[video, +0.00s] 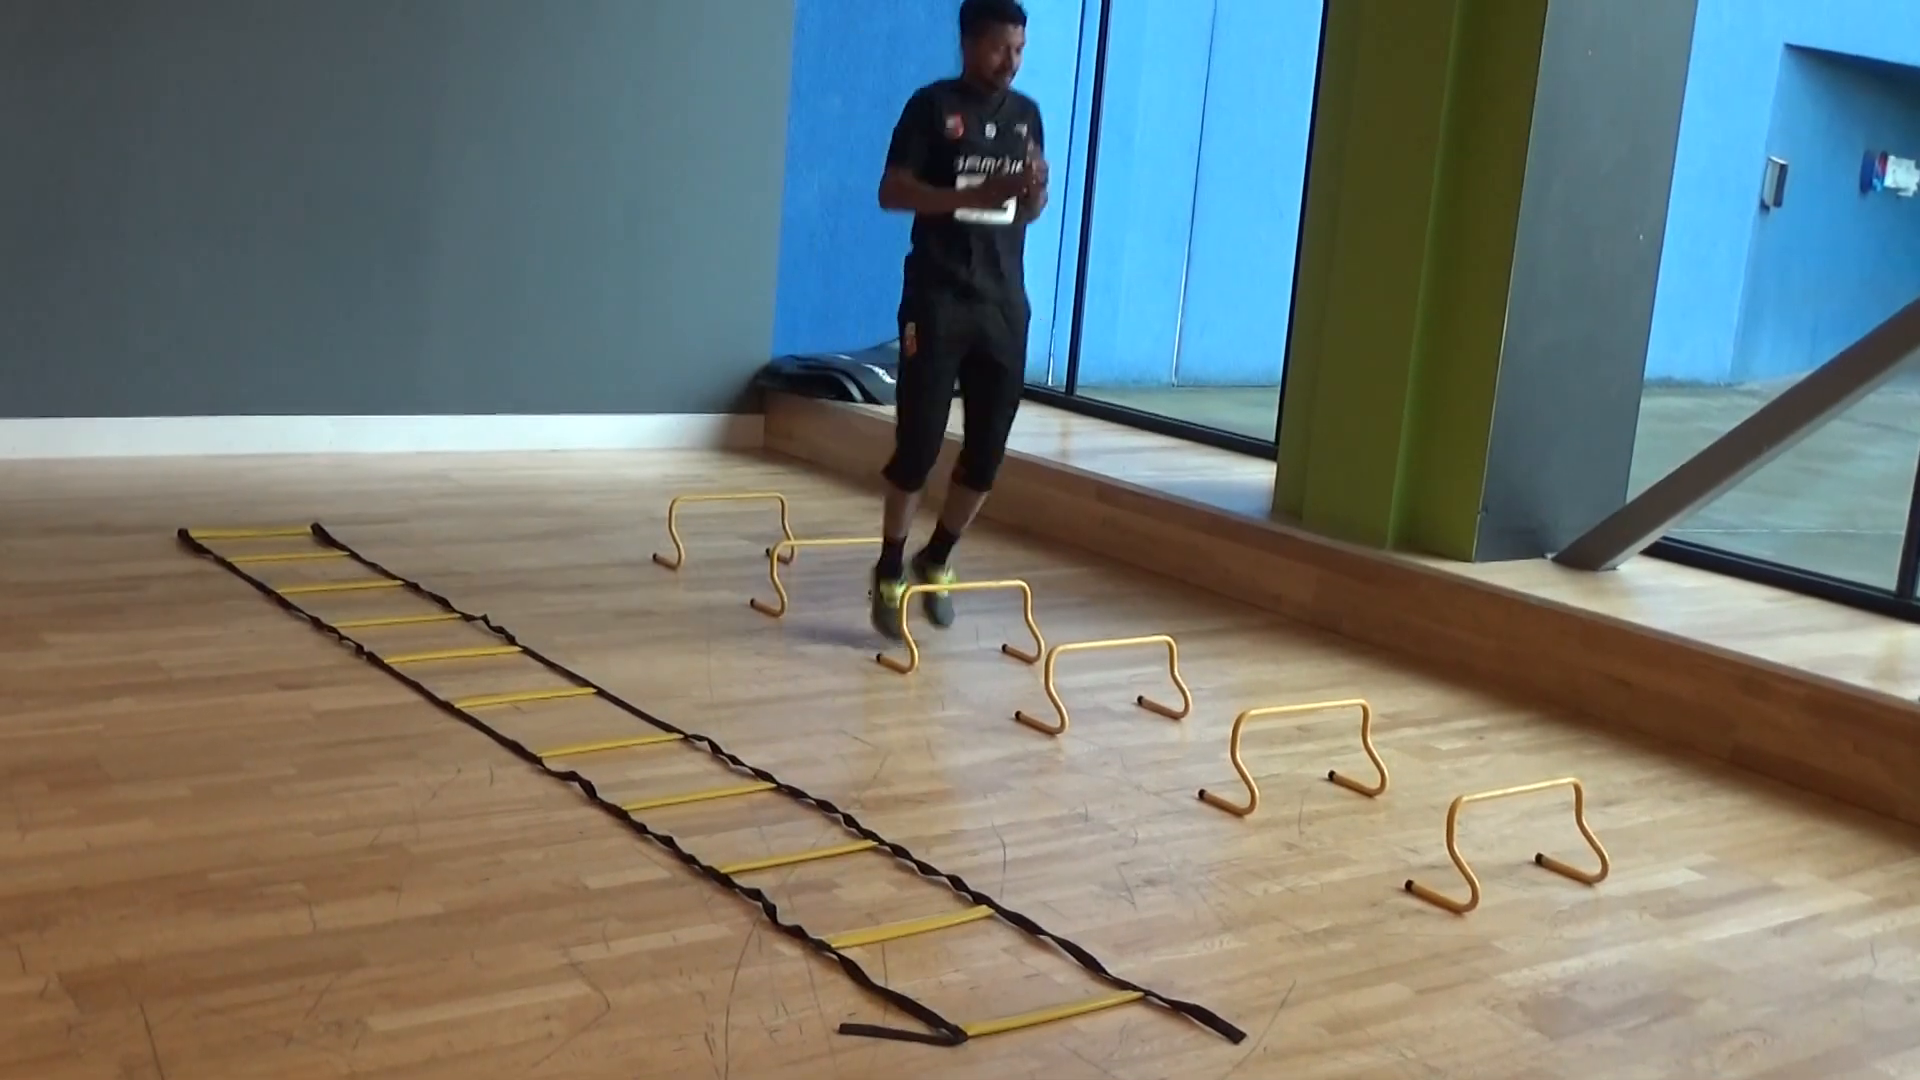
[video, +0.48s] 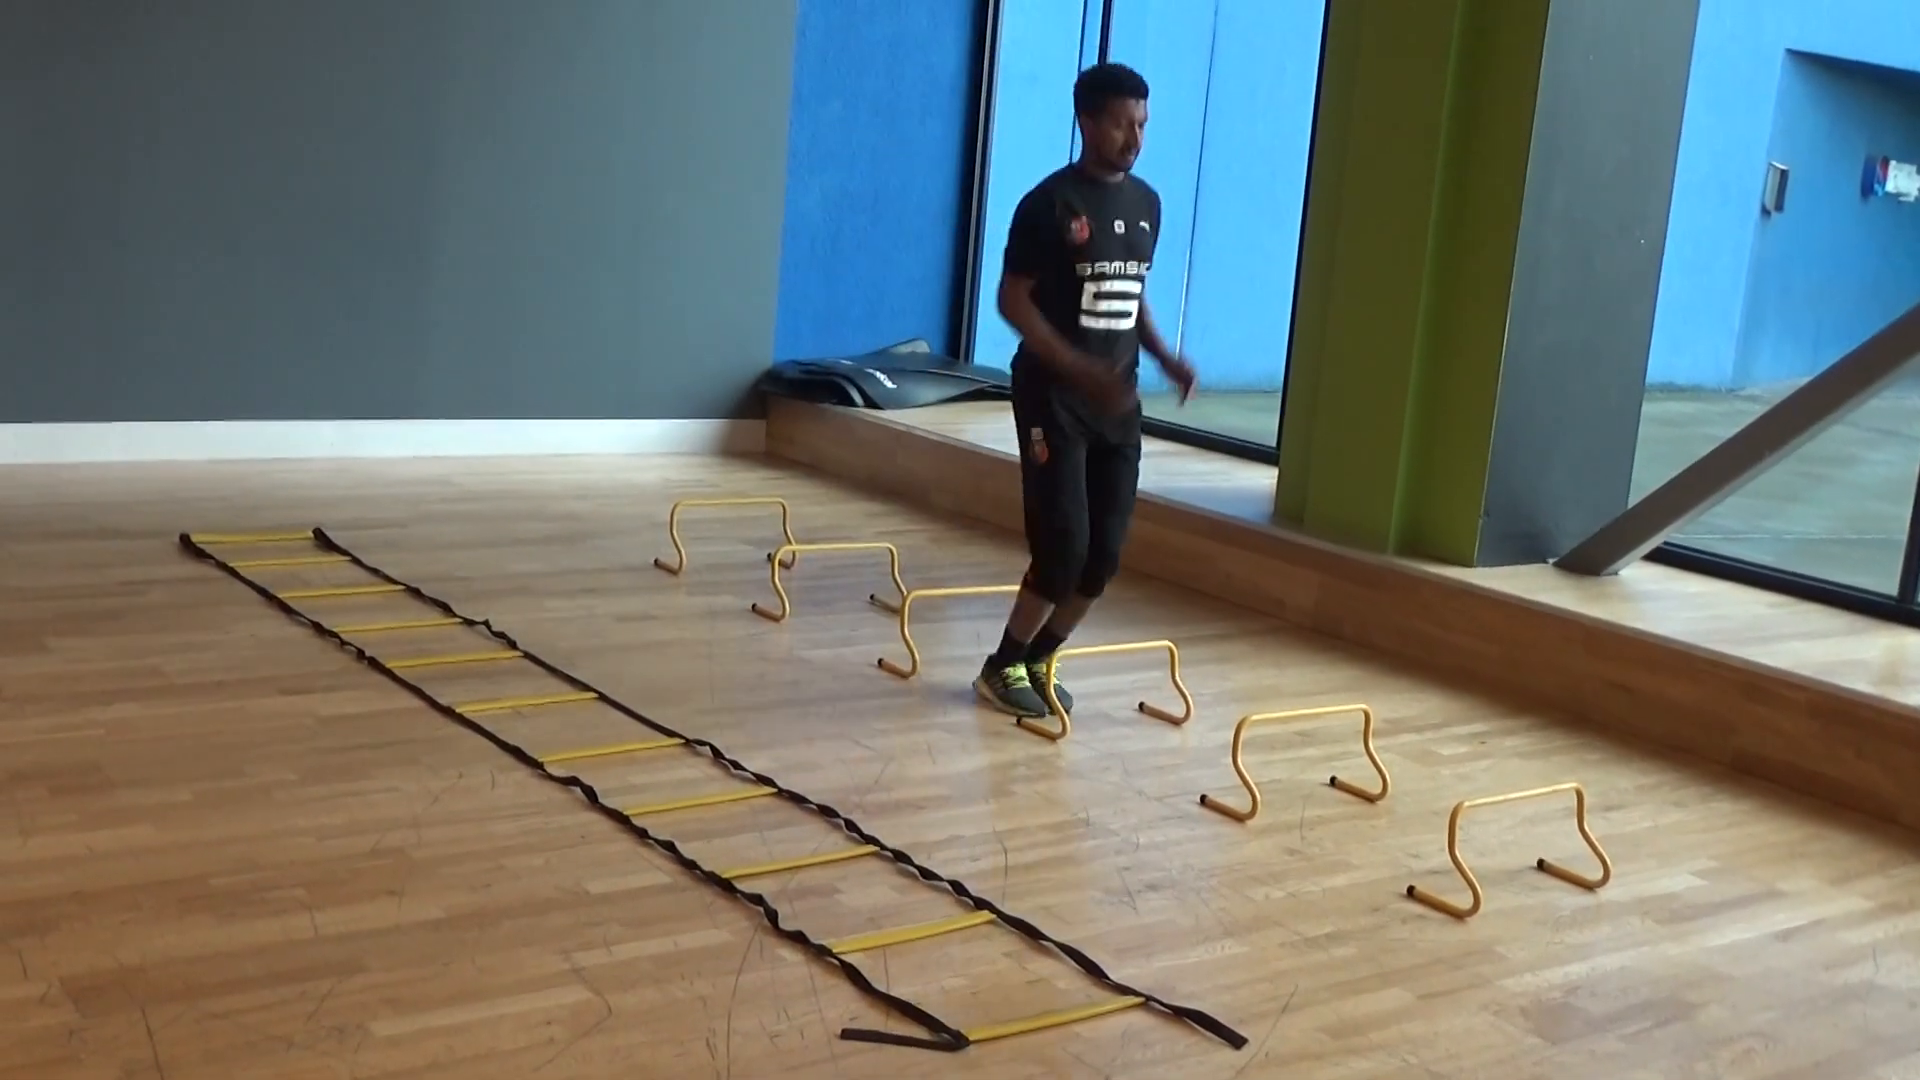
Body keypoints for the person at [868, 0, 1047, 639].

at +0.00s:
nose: (1008, 60)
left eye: (1016, 49)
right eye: (998, 47)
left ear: (1022, 49)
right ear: (968, 42)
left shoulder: (1025, 113)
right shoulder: (932, 105)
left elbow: (1026, 212)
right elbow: (892, 190)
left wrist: (1034, 195)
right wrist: (977, 196)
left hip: (1004, 303)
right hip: (938, 299)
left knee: (986, 451)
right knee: (919, 445)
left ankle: (935, 561)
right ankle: (890, 571)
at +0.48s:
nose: (1135, 138)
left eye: (1141, 125)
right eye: (1121, 125)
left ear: (1145, 124)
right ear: (1085, 121)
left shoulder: (1145, 203)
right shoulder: (1048, 203)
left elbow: (1128, 295)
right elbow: (1012, 302)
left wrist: (1166, 356)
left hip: (1116, 397)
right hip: (1051, 394)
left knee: (1102, 557)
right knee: (1064, 550)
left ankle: (1039, 661)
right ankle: (1005, 664)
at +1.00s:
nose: (1327, 153)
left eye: (1334, 139)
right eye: (1313, 138)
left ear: (1337, 142)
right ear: (1273, 135)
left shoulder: (1321, 221)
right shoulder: (1220, 214)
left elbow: (1278, 321)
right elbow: (1138, 298)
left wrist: (1305, 388)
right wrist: (1163, 400)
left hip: (1282, 428)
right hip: (1214, 421)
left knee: (1274, 598)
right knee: (1226, 589)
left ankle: (1203, 715)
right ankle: (1162, 722)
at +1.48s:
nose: (1582, 112)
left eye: (1591, 97)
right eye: (1570, 94)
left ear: (1591, 97)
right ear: (1521, 82)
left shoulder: (1563, 171)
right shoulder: (1451, 150)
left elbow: (1496, 249)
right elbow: (1332, 172)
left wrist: (1488, 343)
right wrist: (1336, 296)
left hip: (1492, 392)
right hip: (1411, 383)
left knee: (1495, 581)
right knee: (1427, 580)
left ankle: (1468, 760)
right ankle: (1411, 763)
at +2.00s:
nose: (1847, 71)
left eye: (1859, 55)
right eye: (1830, 50)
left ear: (1867, 60)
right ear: (1781, 44)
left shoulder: (1849, 151)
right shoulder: (1707, 130)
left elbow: (1801, 239)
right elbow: (1567, 182)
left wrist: (1823, 318)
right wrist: (1597, 312)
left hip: (1769, 410)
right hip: (1672, 400)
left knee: (1789, 620)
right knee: (1707, 615)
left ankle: (1753, 811)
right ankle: (1667, 808)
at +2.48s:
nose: (1765, 350)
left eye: (1782, 333)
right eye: (1767, 332)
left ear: (1846, 340)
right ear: (1825, 341)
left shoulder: (1916, 427)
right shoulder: (1767, 439)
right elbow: (1753, 557)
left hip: (1915, 674)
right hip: (1822, 676)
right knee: (1784, 852)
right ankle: (1868, 966)